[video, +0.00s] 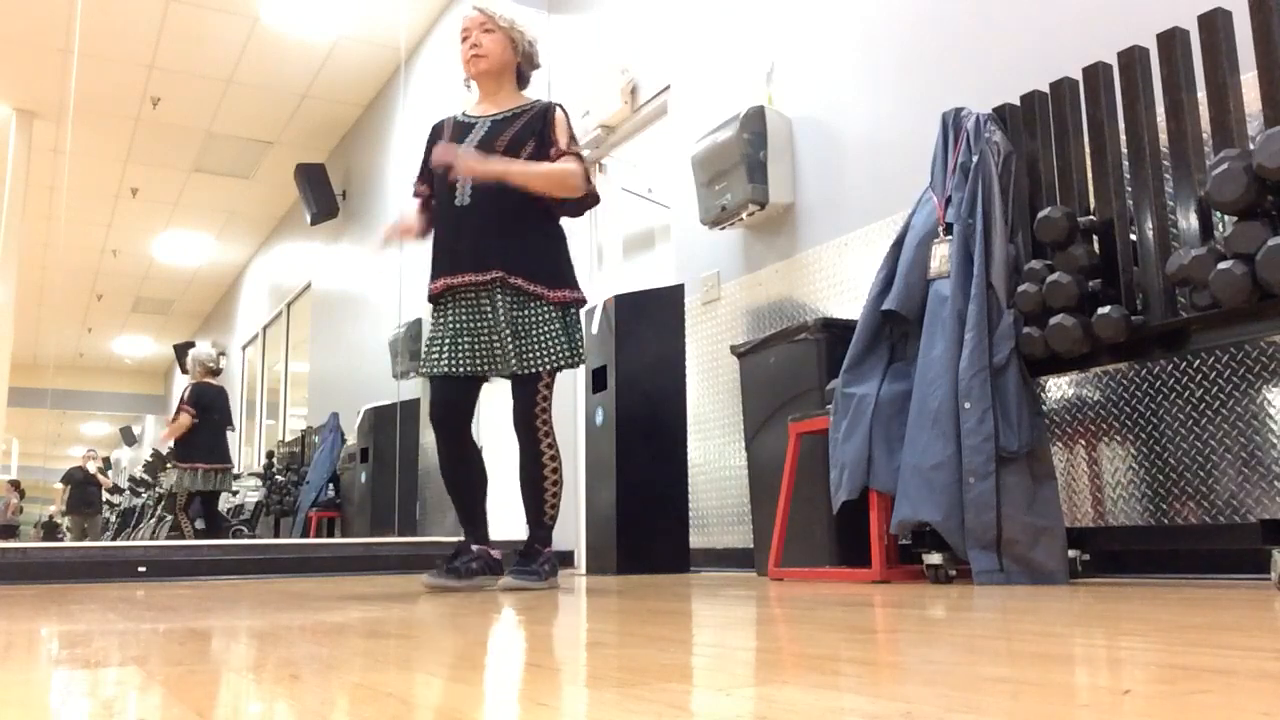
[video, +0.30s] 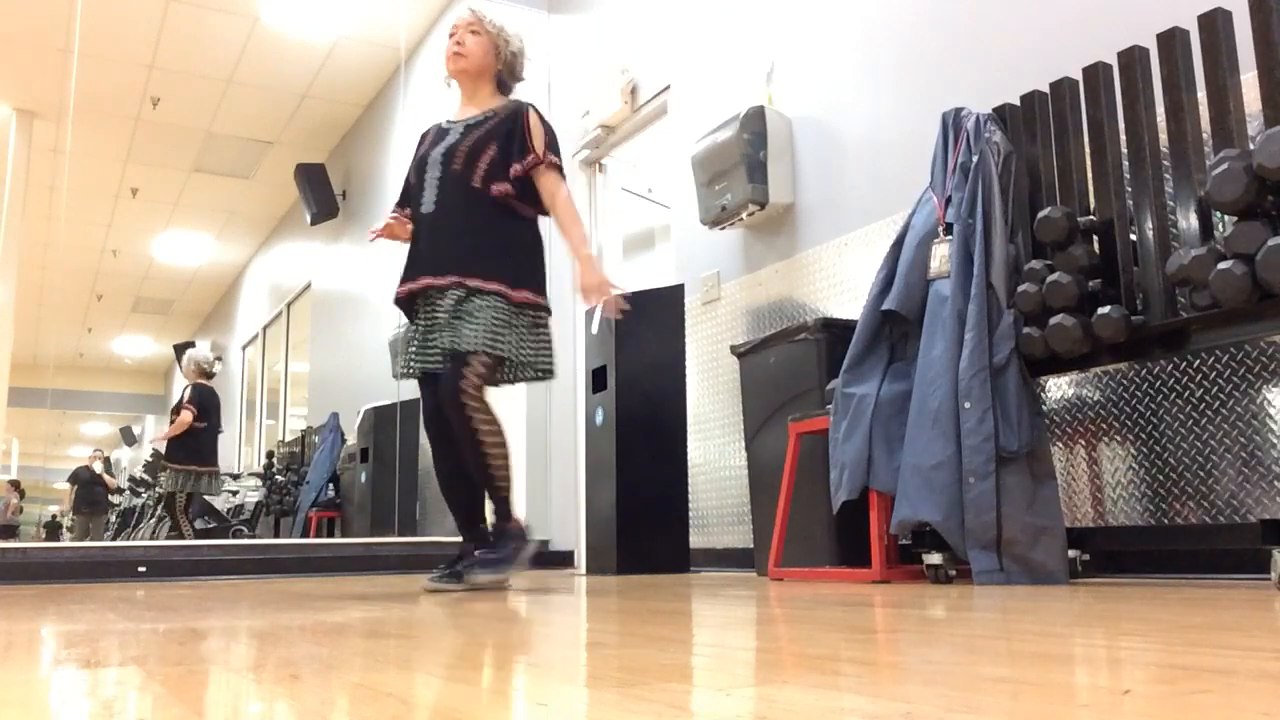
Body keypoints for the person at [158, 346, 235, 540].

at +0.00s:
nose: (189, 370)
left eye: (190, 365)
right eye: (189, 366)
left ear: (197, 367)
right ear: (213, 367)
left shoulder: (194, 390)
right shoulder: (221, 391)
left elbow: (184, 422)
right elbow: (225, 425)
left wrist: (165, 437)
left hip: (193, 465)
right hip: (219, 464)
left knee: (180, 510)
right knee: (211, 511)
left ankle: (194, 551)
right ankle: (217, 554)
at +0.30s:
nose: (182, 369)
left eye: (184, 365)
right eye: (182, 365)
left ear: (193, 367)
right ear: (205, 368)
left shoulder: (193, 390)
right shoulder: (211, 392)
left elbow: (185, 419)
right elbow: (214, 430)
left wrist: (164, 435)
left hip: (185, 463)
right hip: (202, 463)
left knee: (177, 509)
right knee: (177, 507)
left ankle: (192, 552)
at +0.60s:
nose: (173, 368)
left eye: (176, 364)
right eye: (175, 363)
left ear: (184, 368)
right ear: (197, 371)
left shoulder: (183, 393)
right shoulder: (200, 395)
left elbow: (176, 424)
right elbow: (213, 429)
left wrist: (152, 440)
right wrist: (212, 467)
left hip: (167, 467)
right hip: (188, 469)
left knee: (162, 517)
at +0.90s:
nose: (175, 367)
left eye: (178, 363)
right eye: (177, 363)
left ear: (184, 367)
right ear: (199, 369)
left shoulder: (180, 391)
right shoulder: (204, 393)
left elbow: (167, 421)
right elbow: (210, 429)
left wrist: (151, 443)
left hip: (177, 463)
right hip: (197, 464)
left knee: (174, 512)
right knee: (170, 511)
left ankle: (191, 553)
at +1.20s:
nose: (180, 364)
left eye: (182, 360)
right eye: (180, 360)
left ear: (189, 364)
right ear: (205, 364)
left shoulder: (189, 388)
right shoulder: (212, 389)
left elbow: (174, 419)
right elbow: (219, 425)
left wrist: (152, 431)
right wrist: (192, 427)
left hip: (188, 460)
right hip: (210, 460)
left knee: (188, 508)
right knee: (194, 506)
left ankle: (197, 552)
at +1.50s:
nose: (188, 366)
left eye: (191, 362)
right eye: (190, 362)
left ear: (197, 365)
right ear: (214, 366)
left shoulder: (198, 390)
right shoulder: (221, 390)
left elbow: (185, 423)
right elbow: (227, 424)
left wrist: (162, 432)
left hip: (194, 465)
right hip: (218, 465)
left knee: (191, 514)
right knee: (214, 512)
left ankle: (197, 557)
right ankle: (227, 553)